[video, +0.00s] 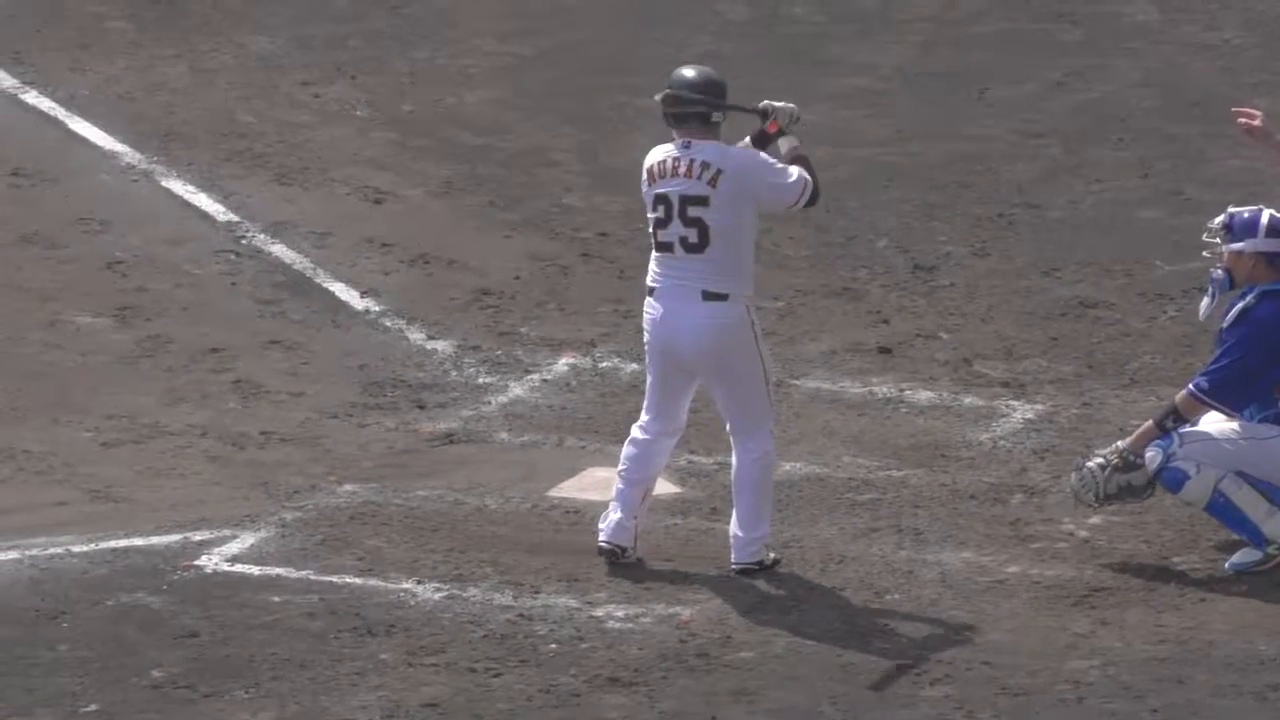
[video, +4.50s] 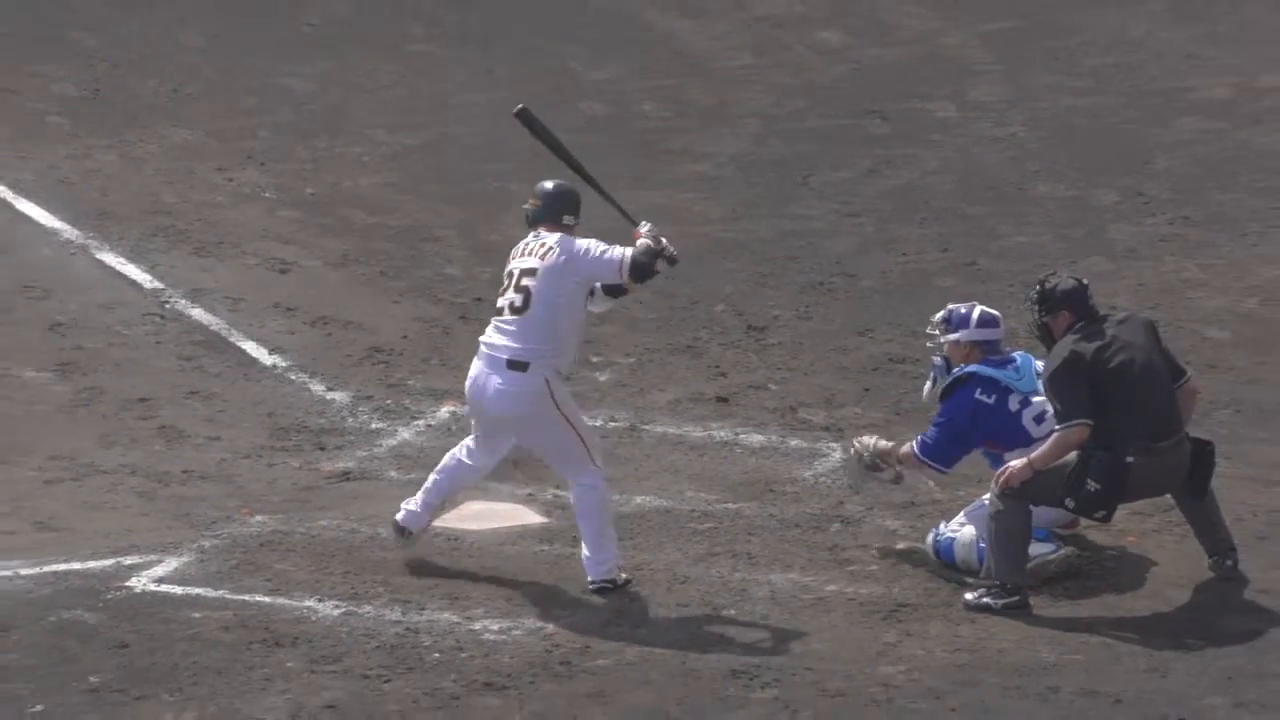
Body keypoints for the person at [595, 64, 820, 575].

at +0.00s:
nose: (687, 119)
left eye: (675, 110)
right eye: (718, 111)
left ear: (671, 113)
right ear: (720, 114)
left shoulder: (653, 162)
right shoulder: (743, 164)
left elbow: (712, 174)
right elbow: (806, 190)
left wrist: (761, 137)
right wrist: (791, 146)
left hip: (661, 312)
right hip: (724, 318)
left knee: (655, 421)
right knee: (751, 433)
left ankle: (615, 532)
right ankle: (748, 550)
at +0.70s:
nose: (640, 138)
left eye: (643, 133)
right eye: (647, 134)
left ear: (647, 138)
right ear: (691, 137)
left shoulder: (631, 184)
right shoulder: (712, 183)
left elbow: (704, 165)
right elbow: (780, 167)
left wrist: (743, 116)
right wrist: (762, 118)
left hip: (630, 336)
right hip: (690, 343)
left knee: (627, 444)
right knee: (716, 454)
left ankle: (578, 551)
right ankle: (708, 572)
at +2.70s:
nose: (603, 174)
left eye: (607, 169)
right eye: (659, 172)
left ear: (611, 172)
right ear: (657, 173)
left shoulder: (594, 217)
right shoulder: (673, 220)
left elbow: (672, 207)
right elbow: (738, 217)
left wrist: (710, 163)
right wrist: (728, 171)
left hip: (588, 369)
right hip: (648, 376)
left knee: (584, 476)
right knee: (676, 486)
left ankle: (535, 577)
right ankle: (664, 600)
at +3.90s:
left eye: (582, 197)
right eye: (630, 199)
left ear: (584, 199)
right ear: (627, 202)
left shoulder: (567, 242)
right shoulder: (638, 245)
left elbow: (641, 278)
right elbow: (708, 263)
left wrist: (710, 232)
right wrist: (705, 219)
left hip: (539, 392)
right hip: (599, 402)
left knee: (592, 435)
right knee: (632, 501)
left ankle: (554, 515)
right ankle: (619, 608)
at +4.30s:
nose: (594, 215)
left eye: (548, 201)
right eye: (593, 207)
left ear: (551, 205)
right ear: (591, 208)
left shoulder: (537, 243)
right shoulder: (598, 246)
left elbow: (607, 293)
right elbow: (668, 272)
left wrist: (666, 261)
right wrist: (672, 237)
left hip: (499, 381)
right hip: (548, 394)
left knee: (587, 404)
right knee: (598, 484)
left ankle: (532, 499)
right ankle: (601, 587)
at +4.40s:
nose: (538, 210)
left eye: (541, 204)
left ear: (545, 208)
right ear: (582, 212)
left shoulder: (530, 245)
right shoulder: (588, 247)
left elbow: (604, 295)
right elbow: (656, 268)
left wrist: (667, 263)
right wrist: (662, 239)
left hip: (490, 378)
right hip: (539, 389)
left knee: (534, 429)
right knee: (594, 479)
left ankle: (480, 506)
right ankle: (603, 581)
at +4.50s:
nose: (529, 218)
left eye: (531, 212)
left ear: (535, 215)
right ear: (570, 218)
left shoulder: (522, 250)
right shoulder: (573, 251)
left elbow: (593, 293)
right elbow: (638, 265)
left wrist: (651, 261)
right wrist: (647, 239)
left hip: (481, 376)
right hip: (528, 387)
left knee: (480, 448)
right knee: (587, 473)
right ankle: (603, 571)